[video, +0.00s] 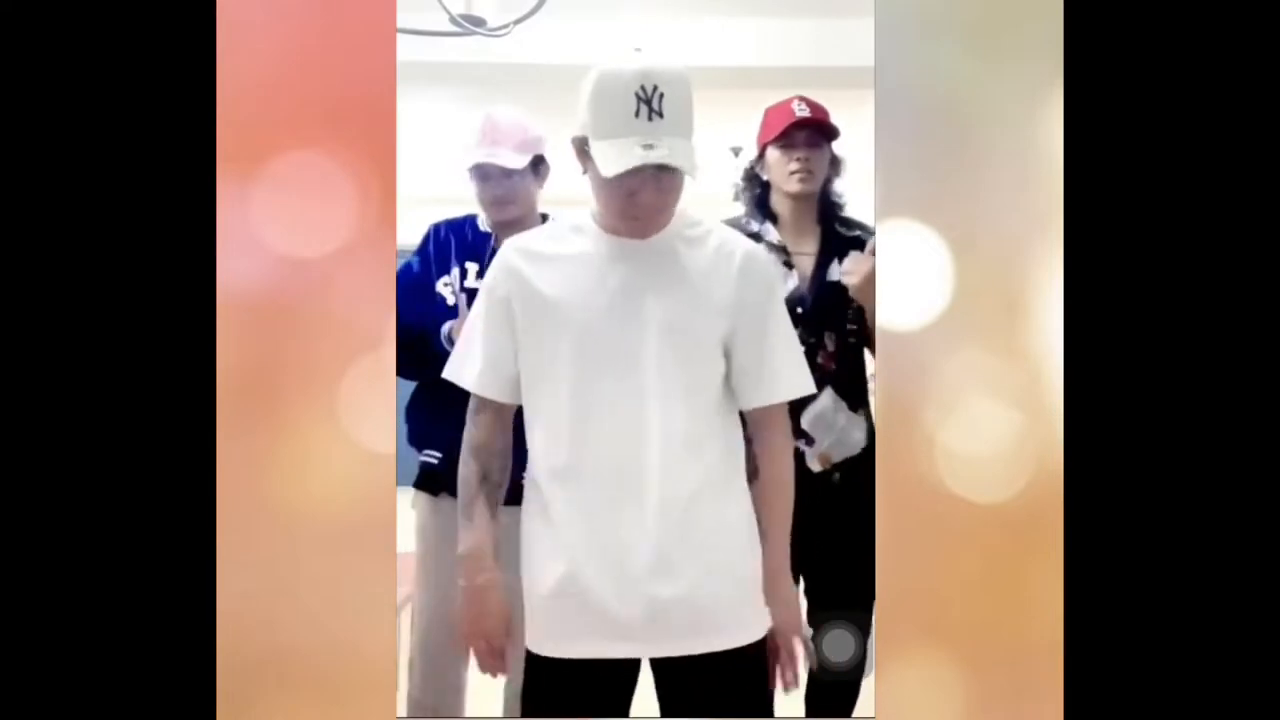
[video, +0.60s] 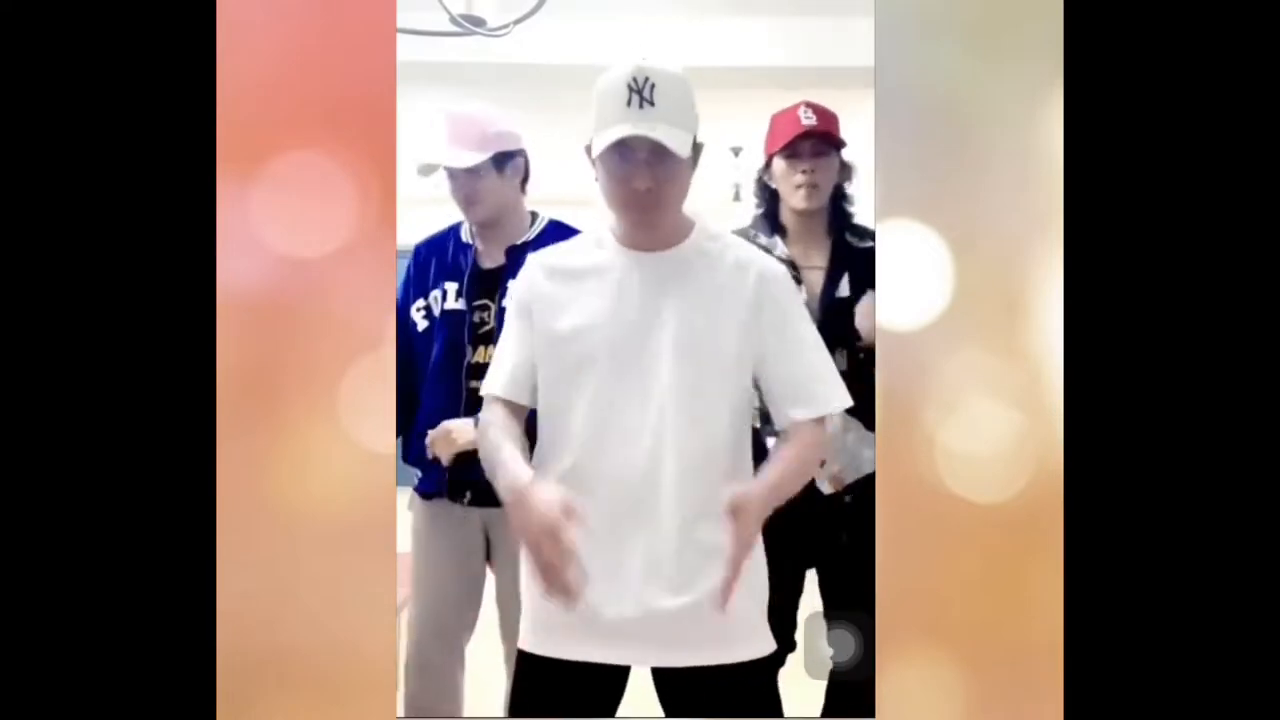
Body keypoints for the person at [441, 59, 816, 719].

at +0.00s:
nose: (645, 192)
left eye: (664, 170)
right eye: (625, 170)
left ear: (689, 159)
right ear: (583, 155)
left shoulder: (741, 269)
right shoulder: (524, 268)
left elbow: (772, 440)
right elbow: (487, 433)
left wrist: (781, 590)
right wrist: (479, 573)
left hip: (714, 604)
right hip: (573, 607)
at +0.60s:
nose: (642, 172)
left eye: (661, 153)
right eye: (623, 152)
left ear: (693, 161)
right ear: (592, 160)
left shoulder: (753, 280)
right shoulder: (545, 279)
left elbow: (811, 425)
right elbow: (498, 413)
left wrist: (763, 494)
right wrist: (520, 491)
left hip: (713, 610)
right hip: (573, 607)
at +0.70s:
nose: (637, 162)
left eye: (658, 143)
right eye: (620, 141)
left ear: (690, 153)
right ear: (592, 150)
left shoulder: (750, 264)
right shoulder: (550, 261)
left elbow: (781, 414)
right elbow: (514, 409)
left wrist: (733, 393)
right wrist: (551, 382)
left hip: (712, 582)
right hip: (580, 579)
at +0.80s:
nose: (637, 146)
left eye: (659, 128)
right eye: (619, 126)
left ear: (688, 139)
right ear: (590, 136)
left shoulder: (739, 239)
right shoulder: (554, 241)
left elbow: (749, 380)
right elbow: (526, 375)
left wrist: (717, 298)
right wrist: (568, 307)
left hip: (712, 562)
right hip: (583, 561)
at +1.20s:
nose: (655, 154)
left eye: (675, 135)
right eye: (636, 133)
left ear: (700, 147)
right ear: (603, 140)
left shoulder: (745, 251)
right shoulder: (548, 251)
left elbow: (787, 381)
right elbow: (512, 385)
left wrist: (739, 329)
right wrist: (570, 342)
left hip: (722, 571)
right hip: (594, 573)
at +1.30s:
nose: (660, 168)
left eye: (680, 148)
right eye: (641, 147)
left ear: (704, 160)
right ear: (607, 156)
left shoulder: (748, 275)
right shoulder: (548, 264)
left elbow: (792, 396)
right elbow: (501, 393)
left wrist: (747, 422)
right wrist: (583, 429)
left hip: (728, 588)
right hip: (594, 589)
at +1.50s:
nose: (662, 159)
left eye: (681, 140)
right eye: (643, 139)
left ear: (709, 155)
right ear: (611, 152)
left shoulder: (754, 274)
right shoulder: (554, 258)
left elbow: (785, 402)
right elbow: (509, 378)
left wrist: (742, 439)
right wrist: (574, 437)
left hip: (722, 576)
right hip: (586, 572)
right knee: (565, 718)